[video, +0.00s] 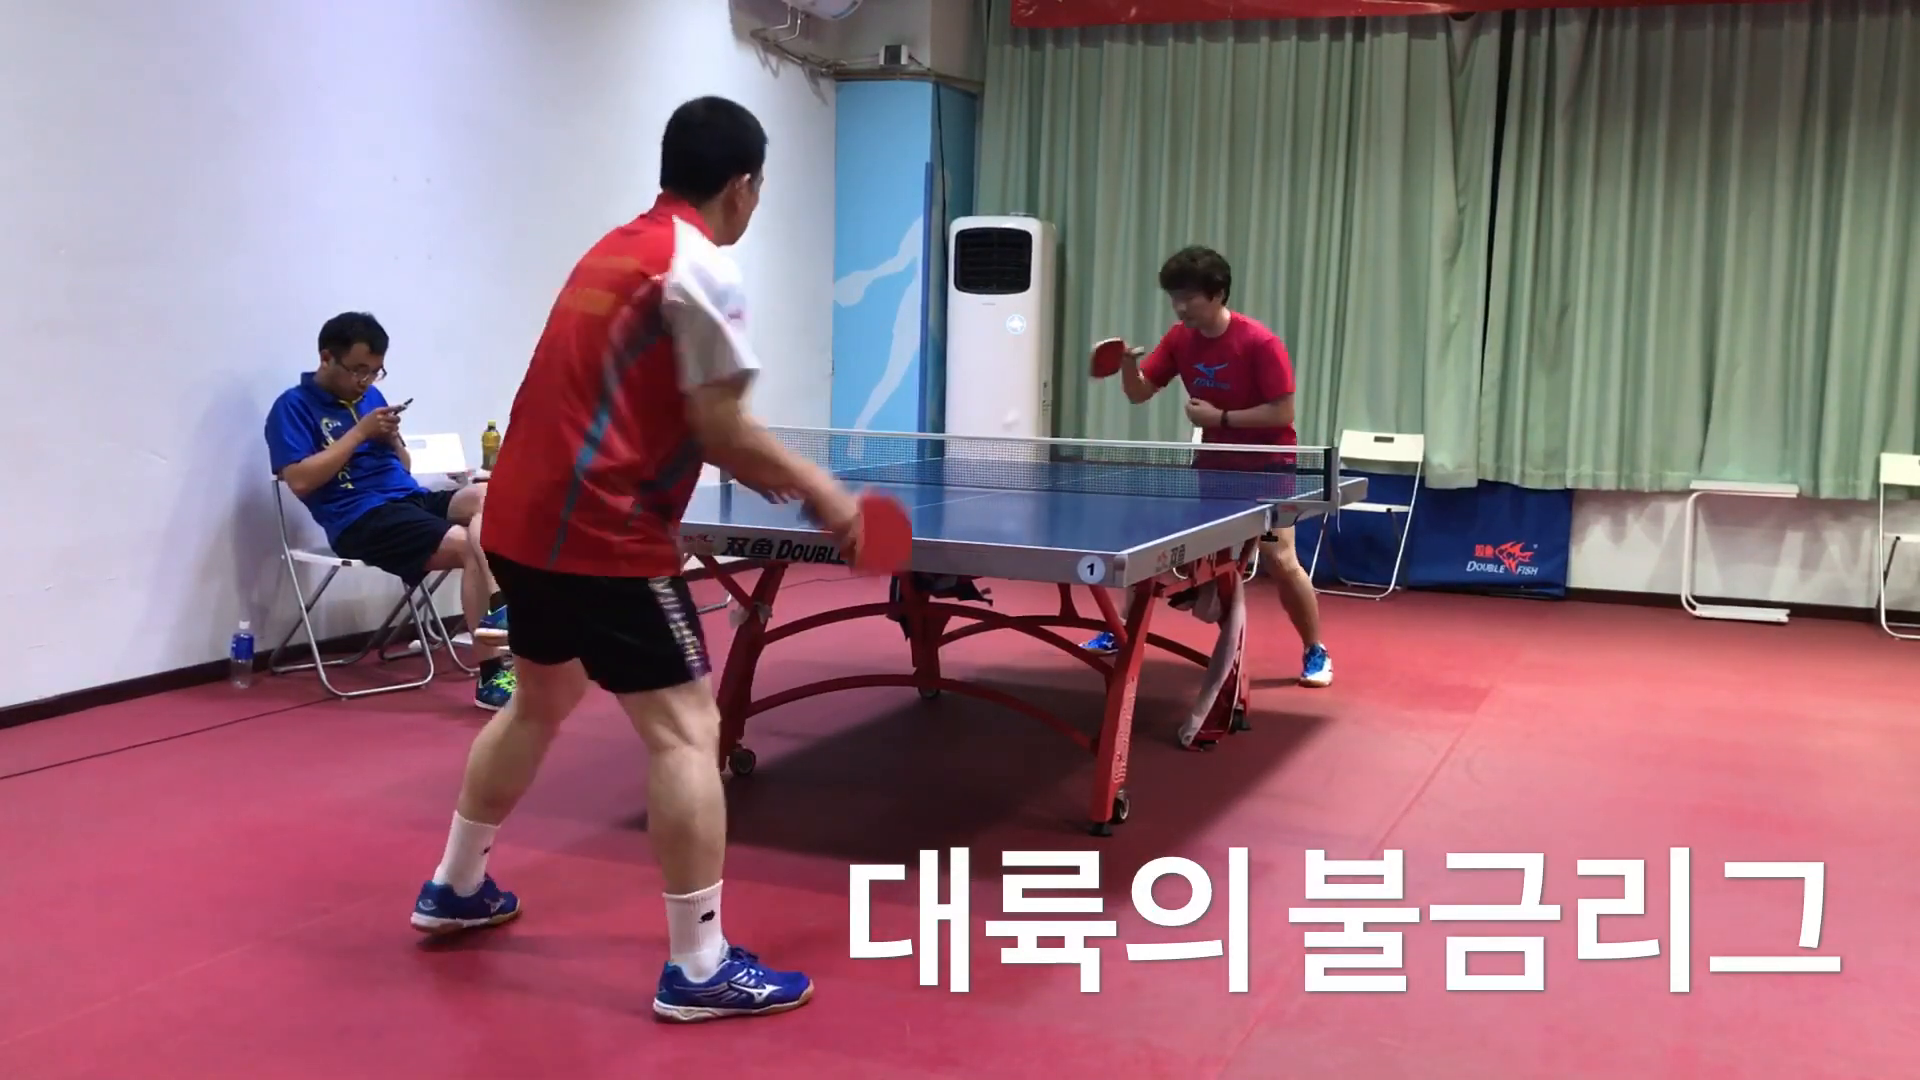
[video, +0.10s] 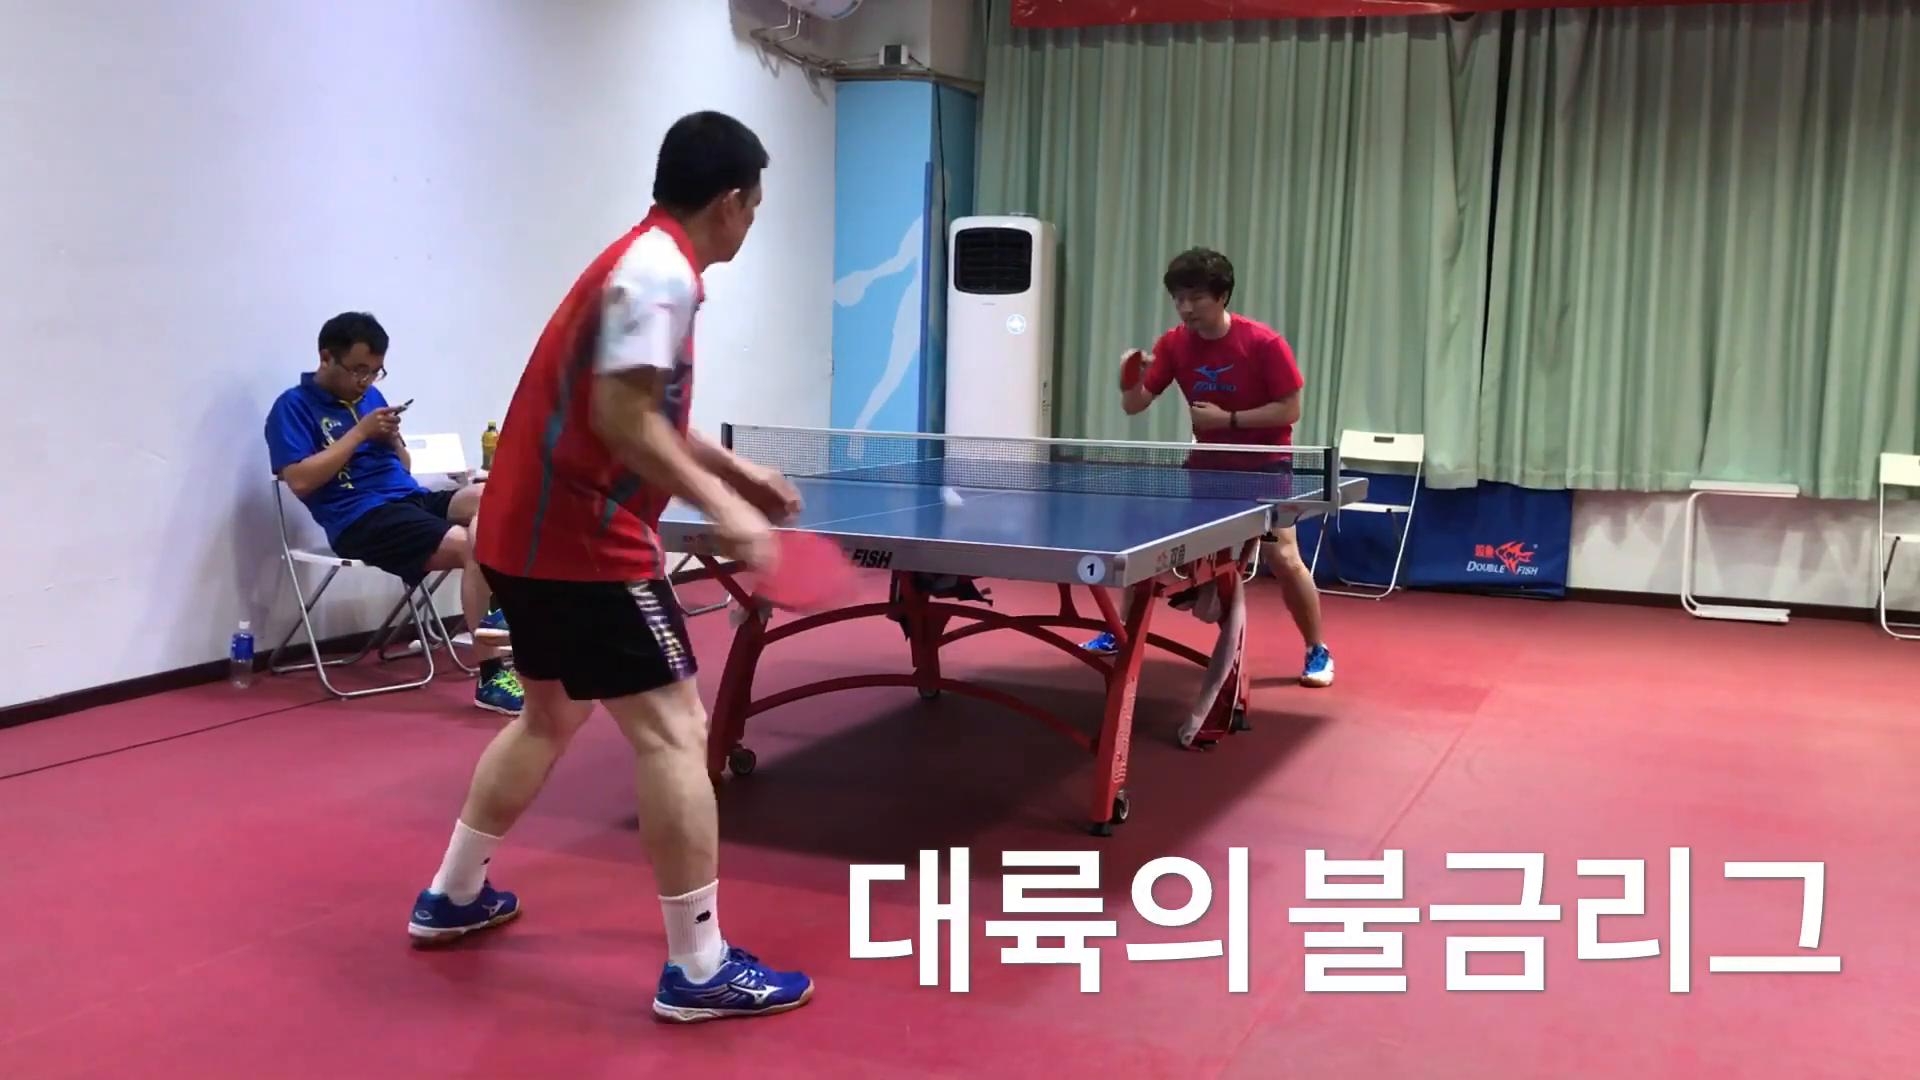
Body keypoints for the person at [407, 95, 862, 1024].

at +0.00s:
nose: (756, 202)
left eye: (755, 186)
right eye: (757, 185)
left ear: (670, 171)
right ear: (738, 185)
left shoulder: (618, 247)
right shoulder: (698, 266)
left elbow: (667, 417)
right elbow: (718, 430)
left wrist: (784, 468)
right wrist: (821, 490)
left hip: (523, 525)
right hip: (604, 541)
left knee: (538, 706)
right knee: (685, 732)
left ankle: (453, 886)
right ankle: (700, 966)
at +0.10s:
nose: (753, 219)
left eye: (756, 203)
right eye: (754, 202)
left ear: (678, 190)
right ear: (726, 200)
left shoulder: (647, 262)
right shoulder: (658, 270)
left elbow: (652, 417)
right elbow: (623, 419)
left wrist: (736, 472)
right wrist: (722, 505)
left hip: (527, 537)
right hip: (585, 544)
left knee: (548, 715)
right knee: (672, 731)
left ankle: (451, 894)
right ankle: (699, 965)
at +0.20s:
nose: (727, 223)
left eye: (731, 206)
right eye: (724, 204)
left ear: (665, 188)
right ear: (685, 191)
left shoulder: (618, 256)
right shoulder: (618, 256)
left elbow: (607, 408)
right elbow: (552, 381)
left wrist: (678, 468)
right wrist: (643, 452)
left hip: (526, 539)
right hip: (573, 546)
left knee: (547, 717)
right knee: (657, 731)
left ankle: (450, 894)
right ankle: (697, 963)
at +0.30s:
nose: (694, 205)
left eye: (697, 188)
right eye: (692, 186)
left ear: (628, 173)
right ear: (655, 176)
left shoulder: (569, 240)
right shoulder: (593, 241)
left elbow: (579, 407)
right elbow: (600, 381)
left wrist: (674, 462)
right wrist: (759, 398)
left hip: (509, 531)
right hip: (568, 538)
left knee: (536, 711)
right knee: (651, 724)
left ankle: (449, 895)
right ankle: (690, 959)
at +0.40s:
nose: (666, 187)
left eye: (668, 169)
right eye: (666, 168)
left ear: (580, 157)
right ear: (635, 162)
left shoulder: (517, 238)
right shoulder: (619, 234)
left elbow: (537, 388)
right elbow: (717, 356)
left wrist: (648, 437)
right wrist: (781, 298)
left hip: (484, 524)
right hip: (576, 526)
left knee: (511, 707)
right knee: (654, 719)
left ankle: (446, 894)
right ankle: (659, 958)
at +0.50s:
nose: (651, 177)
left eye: (649, 161)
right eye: (650, 161)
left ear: (557, 156)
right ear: (629, 159)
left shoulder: (490, 247)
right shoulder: (634, 240)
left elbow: (515, 387)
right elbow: (740, 351)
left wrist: (634, 433)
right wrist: (756, 284)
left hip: (488, 521)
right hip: (594, 528)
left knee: (492, 708)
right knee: (659, 729)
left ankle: (444, 893)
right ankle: (644, 971)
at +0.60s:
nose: (649, 178)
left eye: (646, 165)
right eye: (648, 165)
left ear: (554, 166)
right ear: (632, 168)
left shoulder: (493, 257)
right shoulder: (647, 256)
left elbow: (457, 361)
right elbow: (742, 372)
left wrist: (553, 384)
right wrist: (747, 292)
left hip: (498, 541)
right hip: (609, 542)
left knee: (495, 708)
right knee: (673, 742)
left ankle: (444, 896)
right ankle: (643, 978)